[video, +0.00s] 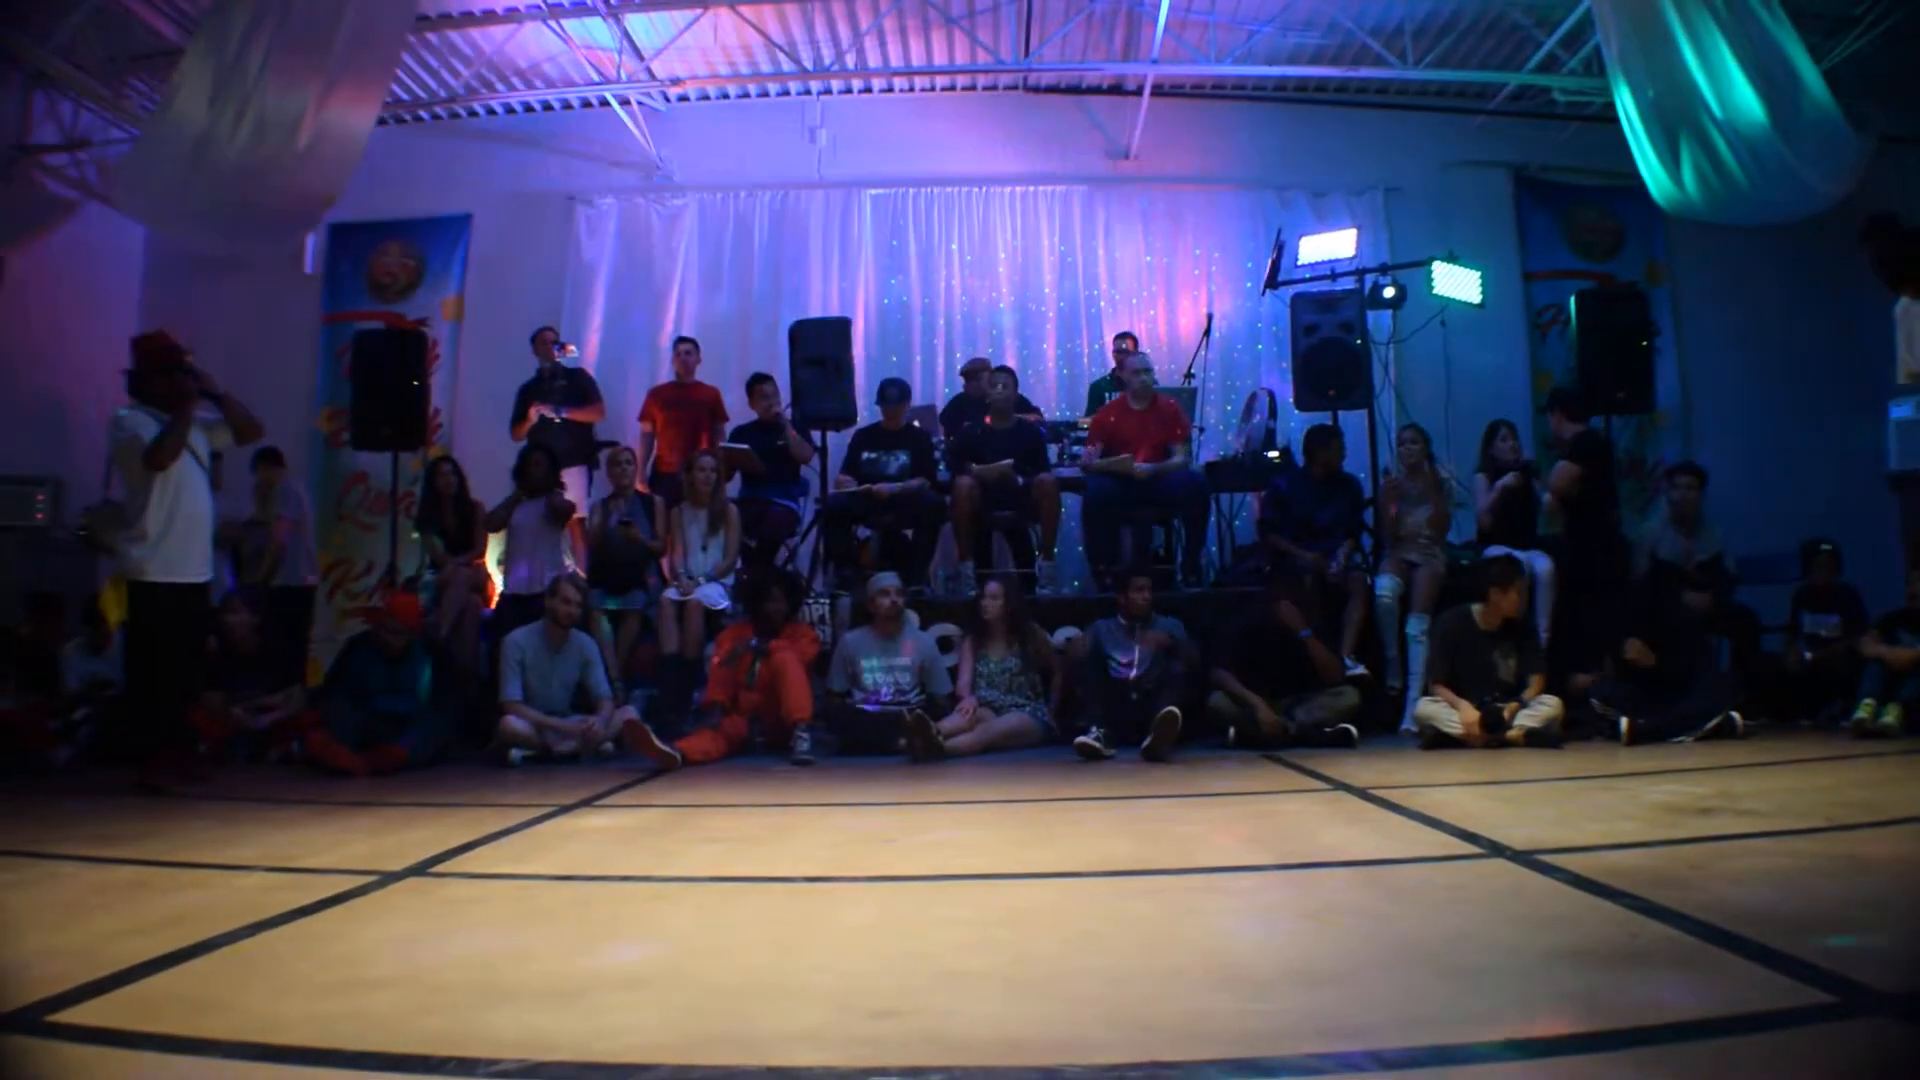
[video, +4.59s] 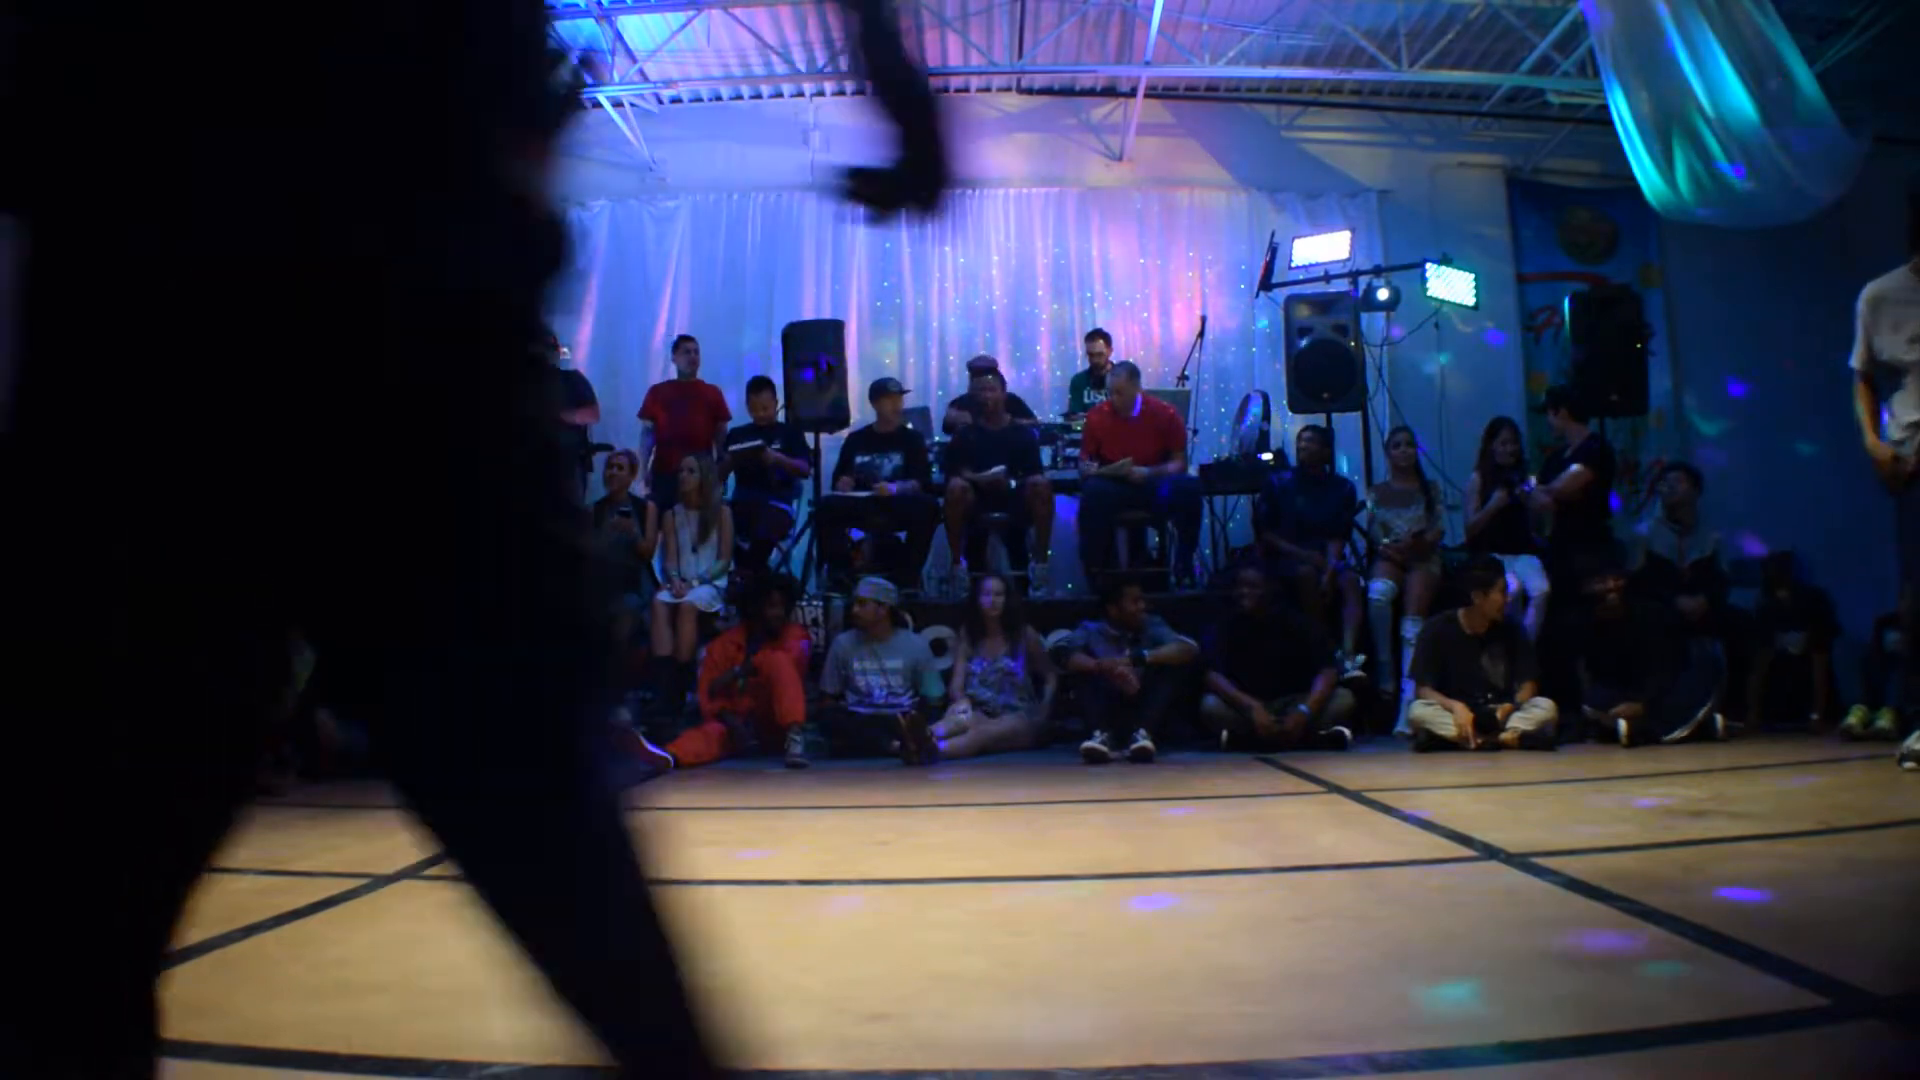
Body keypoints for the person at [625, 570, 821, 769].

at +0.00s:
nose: (773, 609)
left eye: (780, 603)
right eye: (768, 602)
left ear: (791, 606)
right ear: (755, 603)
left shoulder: (802, 633)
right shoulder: (734, 636)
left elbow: (801, 655)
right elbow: (720, 674)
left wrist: (765, 649)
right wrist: (715, 708)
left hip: (781, 715)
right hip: (742, 719)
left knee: (784, 657)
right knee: (716, 737)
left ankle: (801, 734)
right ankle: (677, 752)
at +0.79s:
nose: (763, 614)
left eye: (772, 607)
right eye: (759, 606)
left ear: (785, 612)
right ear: (751, 607)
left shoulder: (796, 636)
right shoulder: (730, 637)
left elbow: (785, 659)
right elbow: (712, 676)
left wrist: (747, 665)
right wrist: (712, 706)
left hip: (774, 714)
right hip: (738, 716)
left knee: (774, 660)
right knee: (720, 736)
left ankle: (795, 737)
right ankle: (672, 755)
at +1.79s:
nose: (758, 611)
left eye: (767, 606)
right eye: (756, 604)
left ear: (782, 610)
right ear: (749, 605)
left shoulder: (794, 637)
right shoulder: (727, 642)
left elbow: (784, 663)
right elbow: (707, 701)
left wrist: (745, 670)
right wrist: (729, 714)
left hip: (773, 719)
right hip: (738, 721)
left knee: (778, 662)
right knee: (712, 735)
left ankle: (794, 739)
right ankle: (670, 755)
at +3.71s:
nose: (777, 613)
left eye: (782, 606)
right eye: (770, 606)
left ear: (788, 609)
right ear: (755, 607)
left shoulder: (795, 636)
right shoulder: (726, 645)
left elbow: (785, 663)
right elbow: (709, 705)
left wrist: (749, 668)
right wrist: (732, 717)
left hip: (774, 717)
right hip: (737, 721)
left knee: (780, 661)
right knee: (708, 735)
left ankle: (794, 737)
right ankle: (671, 754)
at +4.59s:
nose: (778, 614)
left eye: (783, 607)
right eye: (771, 606)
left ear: (788, 609)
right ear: (755, 607)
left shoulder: (794, 636)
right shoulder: (724, 645)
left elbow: (788, 660)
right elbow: (708, 705)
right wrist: (732, 719)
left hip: (774, 719)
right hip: (737, 722)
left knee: (777, 660)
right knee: (710, 734)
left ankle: (795, 736)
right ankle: (669, 756)